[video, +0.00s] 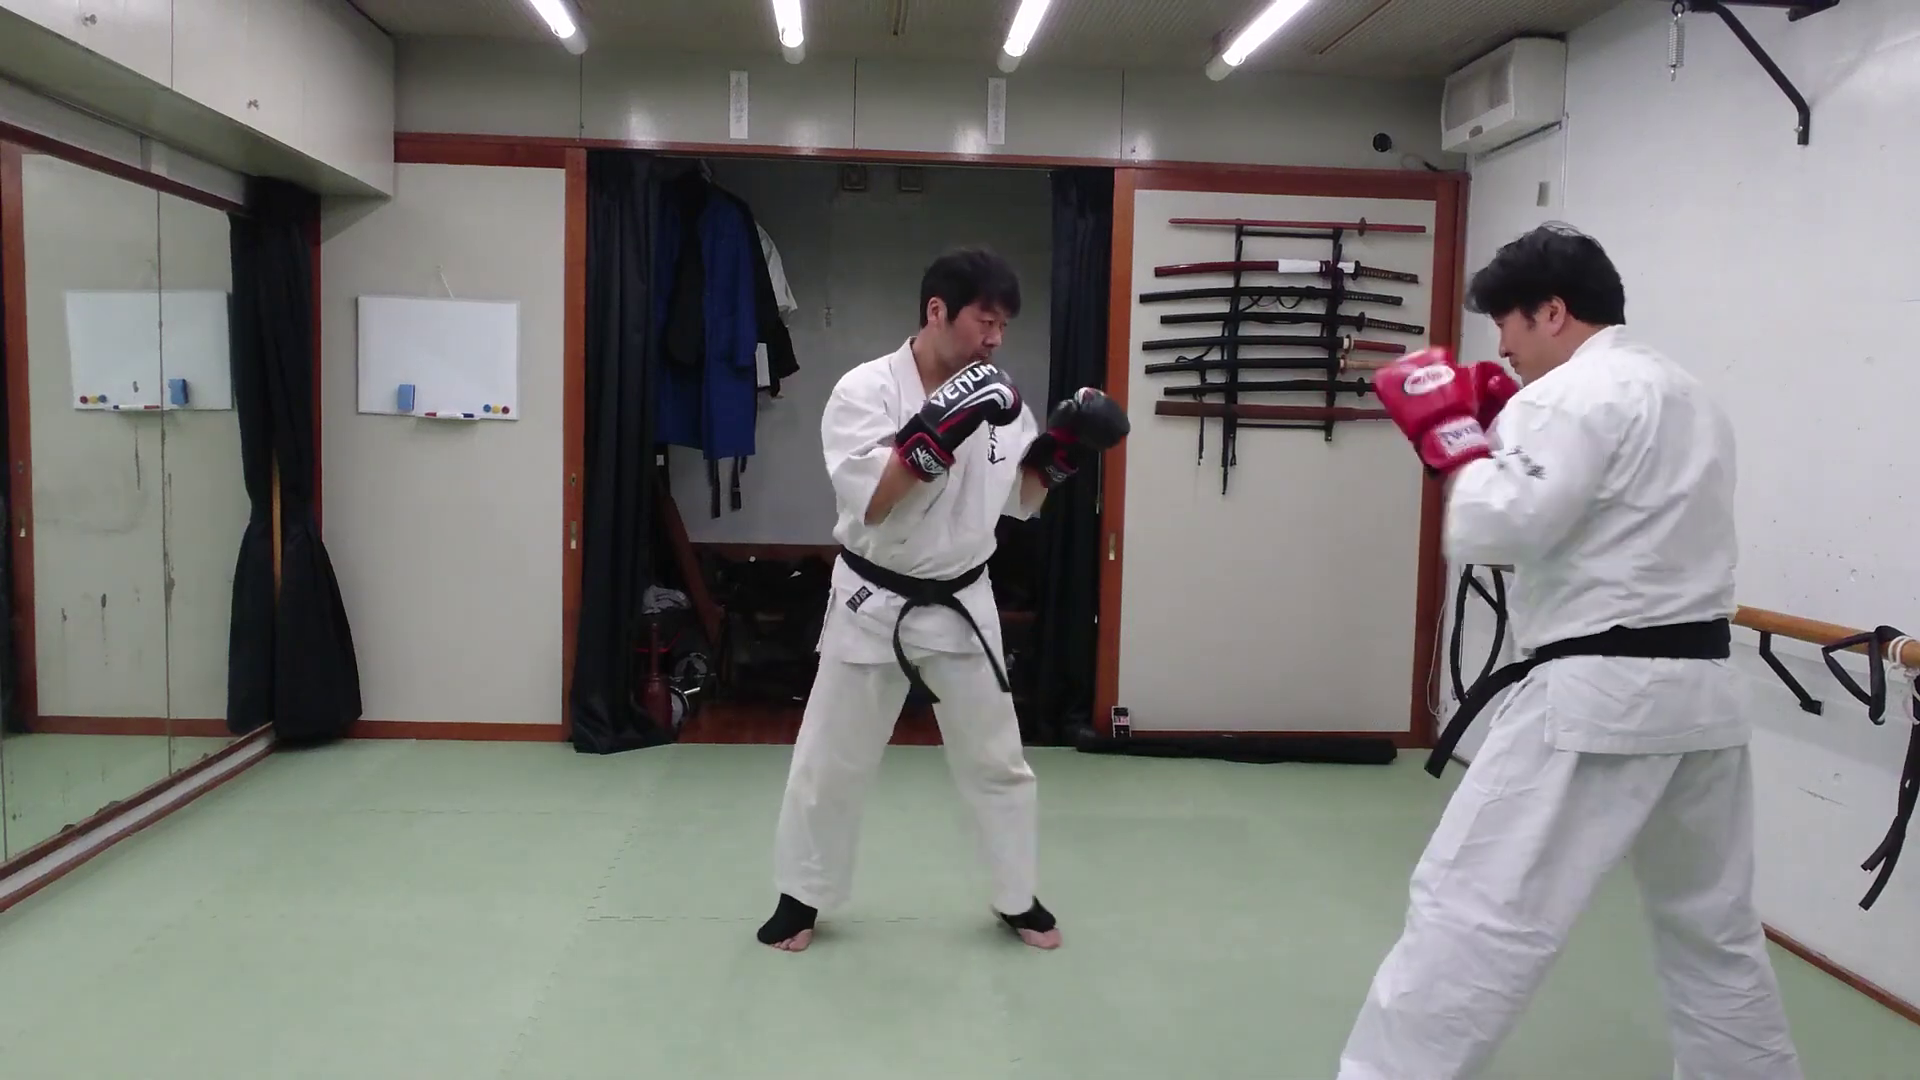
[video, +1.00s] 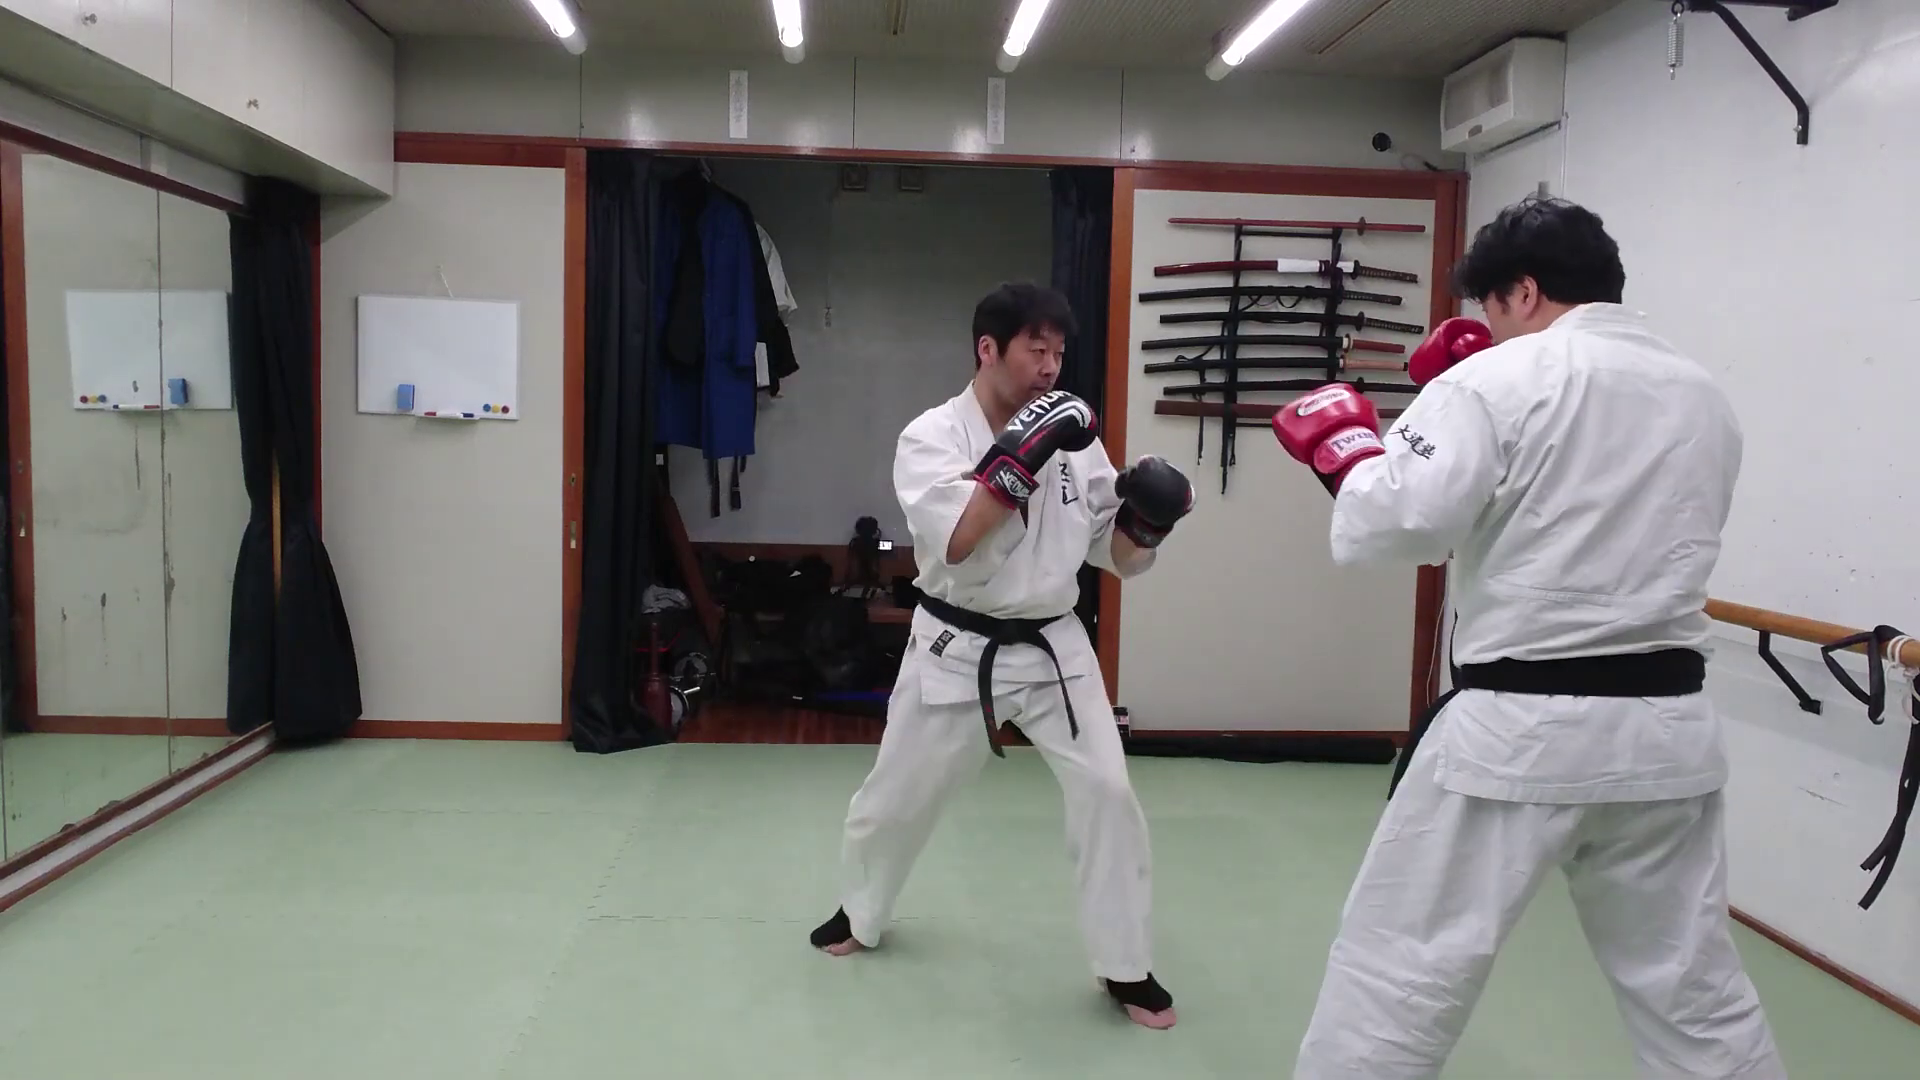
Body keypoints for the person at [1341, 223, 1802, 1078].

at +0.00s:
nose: (1502, 351)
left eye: (1506, 330)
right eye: (1497, 335)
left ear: (1554, 312)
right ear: (1593, 310)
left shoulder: (1570, 397)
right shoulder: (1693, 394)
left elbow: (1495, 525)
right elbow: (1611, 490)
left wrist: (1457, 441)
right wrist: (1509, 414)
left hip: (1591, 700)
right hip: (1708, 699)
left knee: (1467, 922)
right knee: (1717, 943)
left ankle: (1389, 1068)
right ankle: (1753, 1076)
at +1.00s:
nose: (1488, 331)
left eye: (1489, 308)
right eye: (1483, 312)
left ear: (1528, 291)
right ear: (1606, 286)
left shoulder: (1494, 386)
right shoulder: (1706, 397)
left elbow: (1394, 516)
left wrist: (1350, 449)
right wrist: (1485, 383)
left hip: (1516, 731)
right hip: (1671, 730)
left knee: (1393, 988)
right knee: (1698, 998)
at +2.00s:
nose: (1440, 310)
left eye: (1440, 287)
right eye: (1437, 288)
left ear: (1481, 284)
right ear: (1563, 264)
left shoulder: (1585, 408)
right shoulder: (1574, 369)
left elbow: (1503, 585)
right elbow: (1535, 488)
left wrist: (1380, 511)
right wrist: (1439, 460)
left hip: (1518, 754)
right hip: (1475, 702)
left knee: (1409, 991)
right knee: (1358, 773)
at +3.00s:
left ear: (1111, 268)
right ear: (1244, 255)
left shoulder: (1033, 384)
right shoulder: (1326, 379)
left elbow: (920, 590)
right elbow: (1397, 567)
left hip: (1031, 813)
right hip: (1199, 830)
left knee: (1049, 1048)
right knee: (1142, 1064)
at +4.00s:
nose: (783, 383)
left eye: (787, 359)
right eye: (784, 357)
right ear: (741, 345)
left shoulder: (620, 428)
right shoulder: (659, 454)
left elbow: (641, 642)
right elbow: (684, 645)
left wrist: (780, 678)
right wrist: (818, 579)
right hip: (530, 844)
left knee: (674, 1002)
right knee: (504, 1061)